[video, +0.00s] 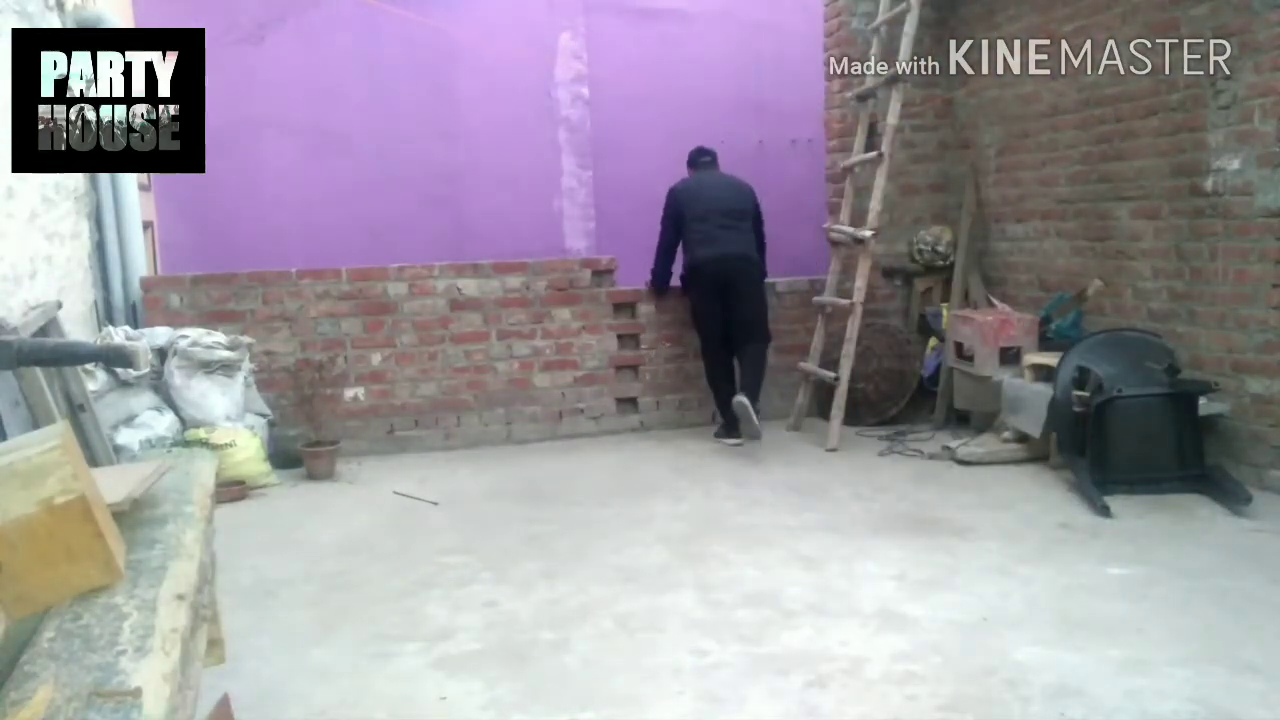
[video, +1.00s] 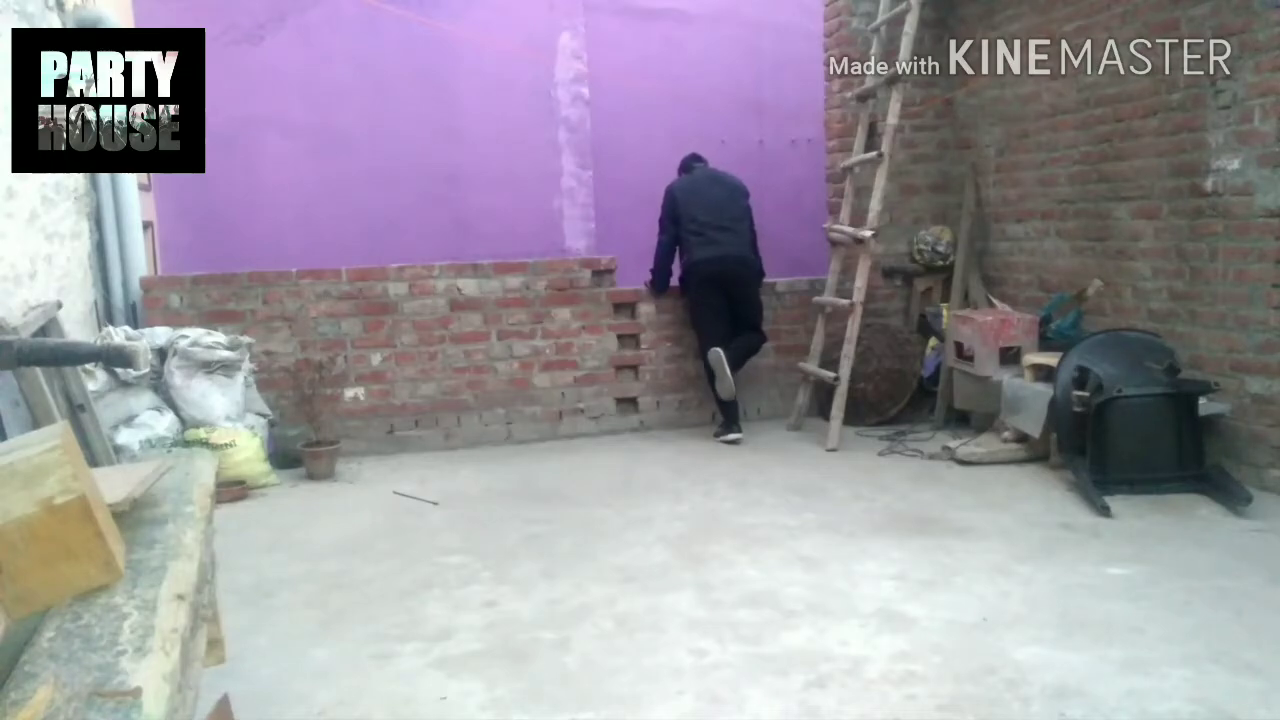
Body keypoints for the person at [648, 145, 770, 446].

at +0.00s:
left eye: (694, 167)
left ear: (690, 168)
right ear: (717, 165)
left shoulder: (680, 191)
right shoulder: (743, 187)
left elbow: (668, 241)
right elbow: (758, 235)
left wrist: (659, 282)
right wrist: (758, 270)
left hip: (703, 276)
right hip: (745, 272)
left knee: (715, 347)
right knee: (754, 338)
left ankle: (730, 425)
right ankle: (747, 397)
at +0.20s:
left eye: (693, 167)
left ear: (689, 169)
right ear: (715, 164)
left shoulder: (679, 189)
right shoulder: (742, 186)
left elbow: (669, 240)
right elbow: (755, 234)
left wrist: (659, 281)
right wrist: (757, 269)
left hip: (702, 273)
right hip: (744, 269)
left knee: (715, 347)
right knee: (755, 330)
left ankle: (731, 426)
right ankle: (745, 364)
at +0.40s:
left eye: (689, 170)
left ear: (688, 170)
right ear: (714, 164)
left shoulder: (679, 189)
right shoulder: (742, 185)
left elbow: (669, 240)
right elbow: (753, 233)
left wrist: (659, 281)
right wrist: (757, 269)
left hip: (701, 274)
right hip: (743, 269)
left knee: (715, 346)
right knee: (757, 331)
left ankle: (730, 425)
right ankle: (739, 357)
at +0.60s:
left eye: (687, 172)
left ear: (686, 171)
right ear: (712, 166)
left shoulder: (679, 189)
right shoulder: (740, 184)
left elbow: (669, 239)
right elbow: (752, 232)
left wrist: (659, 282)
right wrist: (757, 268)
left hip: (702, 273)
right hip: (742, 269)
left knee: (715, 344)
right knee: (755, 330)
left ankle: (730, 423)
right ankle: (737, 360)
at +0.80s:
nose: (682, 181)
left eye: (681, 176)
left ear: (684, 172)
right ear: (709, 166)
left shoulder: (678, 189)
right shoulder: (738, 185)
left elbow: (668, 240)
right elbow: (750, 232)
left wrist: (659, 283)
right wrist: (756, 267)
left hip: (703, 272)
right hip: (743, 268)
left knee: (715, 343)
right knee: (754, 331)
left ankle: (731, 423)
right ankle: (733, 357)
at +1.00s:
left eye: (680, 176)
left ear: (682, 172)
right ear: (707, 167)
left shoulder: (676, 189)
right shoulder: (735, 184)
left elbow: (667, 239)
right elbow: (749, 231)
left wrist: (659, 283)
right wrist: (756, 267)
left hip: (701, 272)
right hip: (742, 268)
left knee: (714, 344)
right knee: (753, 331)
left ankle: (730, 423)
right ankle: (729, 360)